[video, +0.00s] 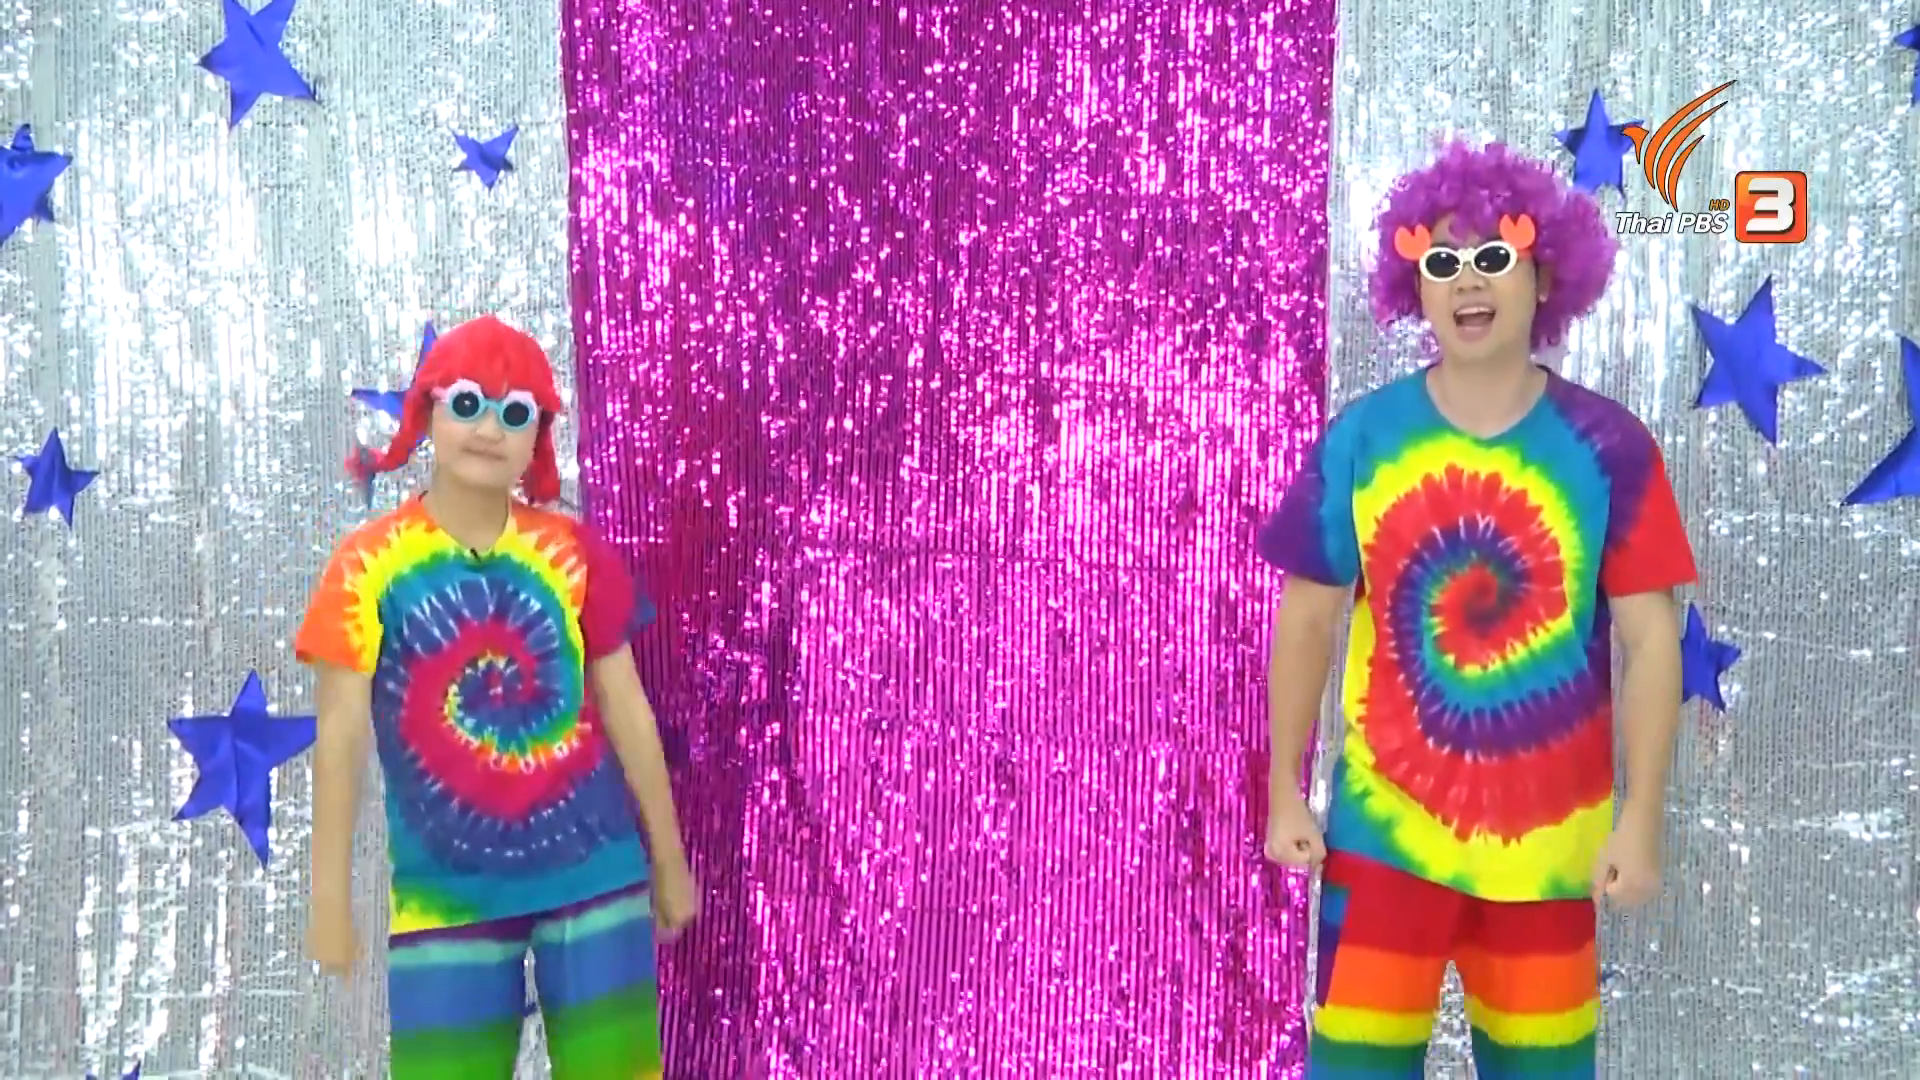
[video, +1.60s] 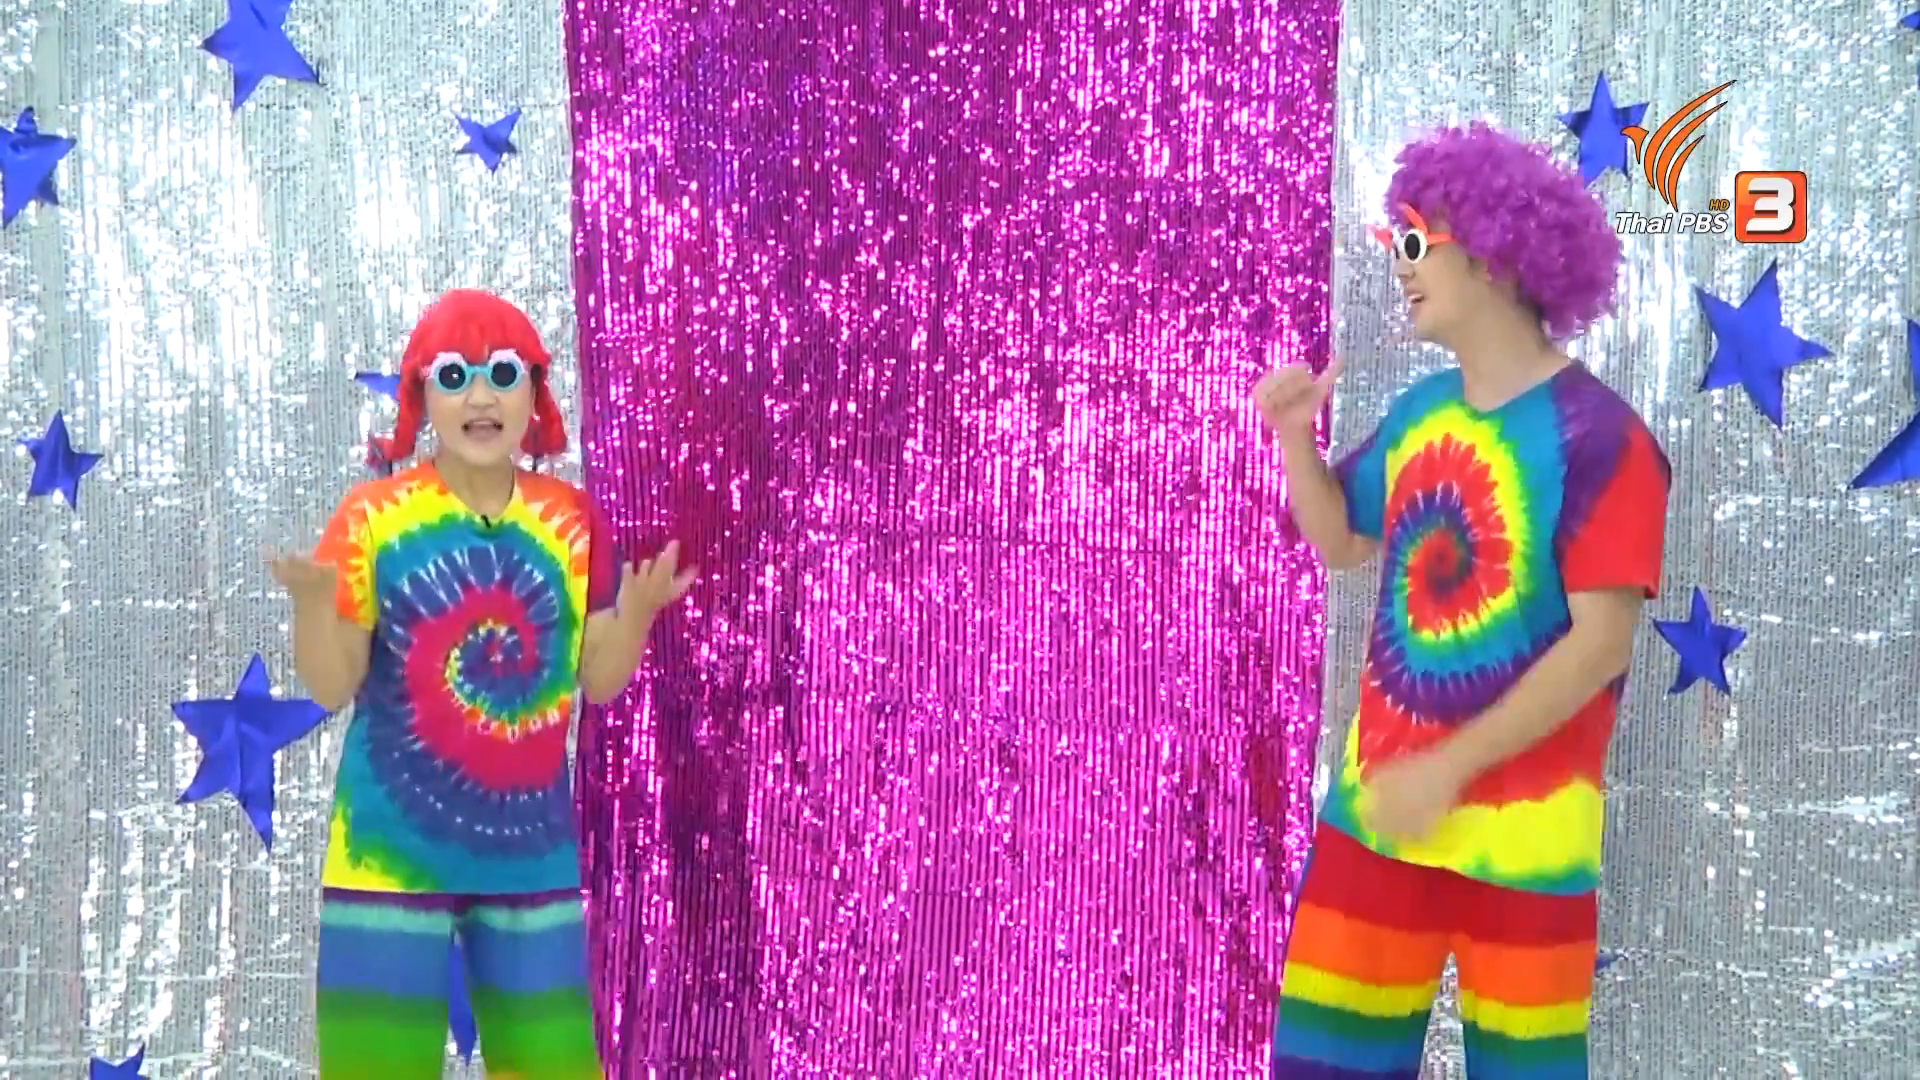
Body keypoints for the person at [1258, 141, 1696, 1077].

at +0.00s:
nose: (1467, 283)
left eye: (1493, 259)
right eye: (1443, 263)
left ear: (1540, 280)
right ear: (1417, 288)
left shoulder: (1610, 445)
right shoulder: (1361, 438)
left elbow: (1650, 637)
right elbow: (1309, 617)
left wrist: (1642, 816)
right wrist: (1283, 786)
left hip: (1546, 843)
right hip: (1388, 834)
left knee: (1544, 1063)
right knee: (1358, 1058)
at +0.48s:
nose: (1351, 276)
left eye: (1378, 255)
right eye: (1329, 255)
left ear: (1424, 279)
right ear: (1304, 279)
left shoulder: (1498, 436)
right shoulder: (1260, 441)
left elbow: (1540, 631)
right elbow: (1227, 619)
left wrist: (1539, 821)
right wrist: (1206, 783)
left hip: (1469, 832)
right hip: (1312, 835)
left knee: (1495, 1057)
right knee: (1324, 1059)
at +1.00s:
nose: (1305, 271)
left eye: (1332, 249)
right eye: (1282, 256)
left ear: (1383, 282)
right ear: (1259, 294)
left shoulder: (1463, 447)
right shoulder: (1235, 463)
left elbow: (1499, 642)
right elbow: (1158, 627)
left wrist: (1452, 815)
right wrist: (1068, 737)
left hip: (1435, 834)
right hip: (1285, 843)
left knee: (1467, 1061)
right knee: (1283, 1065)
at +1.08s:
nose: (1325, 249)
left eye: (1351, 227)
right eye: (1302, 234)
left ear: (1404, 259)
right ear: (1280, 272)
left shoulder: (1483, 429)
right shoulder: (1248, 442)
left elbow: (1524, 626)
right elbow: (1149, 578)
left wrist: (1466, 796)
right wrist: (1041, 627)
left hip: (1448, 825)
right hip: (1298, 833)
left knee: (1482, 1058)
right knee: (1291, 1059)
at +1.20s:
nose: (1335, 248)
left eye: (1364, 224)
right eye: (1318, 233)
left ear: (1429, 251)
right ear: (1304, 268)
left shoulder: (1510, 427)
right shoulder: (1269, 429)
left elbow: (1554, 624)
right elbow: (1176, 572)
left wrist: (1495, 804)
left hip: (1471, 834)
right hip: (1317, 840)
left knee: (1507, 1065)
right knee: (1313, 1063)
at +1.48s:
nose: (1374, 274)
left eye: (1394, 247)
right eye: (1373, 254)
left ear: (1475, 256)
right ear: (1451, 262)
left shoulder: (1585, 437)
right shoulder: (1375, 420)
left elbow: (1603, 647)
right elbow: (1304, 565)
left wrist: (1529, 823)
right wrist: (1253, 470)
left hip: (1517, 836)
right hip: (1364, 829)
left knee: (1521, 1067)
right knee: (1325, 1062)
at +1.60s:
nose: (1399, 270)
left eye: (1418, 245)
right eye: (1400, 250)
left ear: (1497, 254)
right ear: (1477, 258)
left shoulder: (1605, 437)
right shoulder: (1420, 412)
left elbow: (1603, 639)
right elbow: (1340, 540)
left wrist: (1449, 765)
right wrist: (1295, 436)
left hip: (1528, 823)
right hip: (1379, 805)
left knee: (1522, 1064)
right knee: (1326, 1055)